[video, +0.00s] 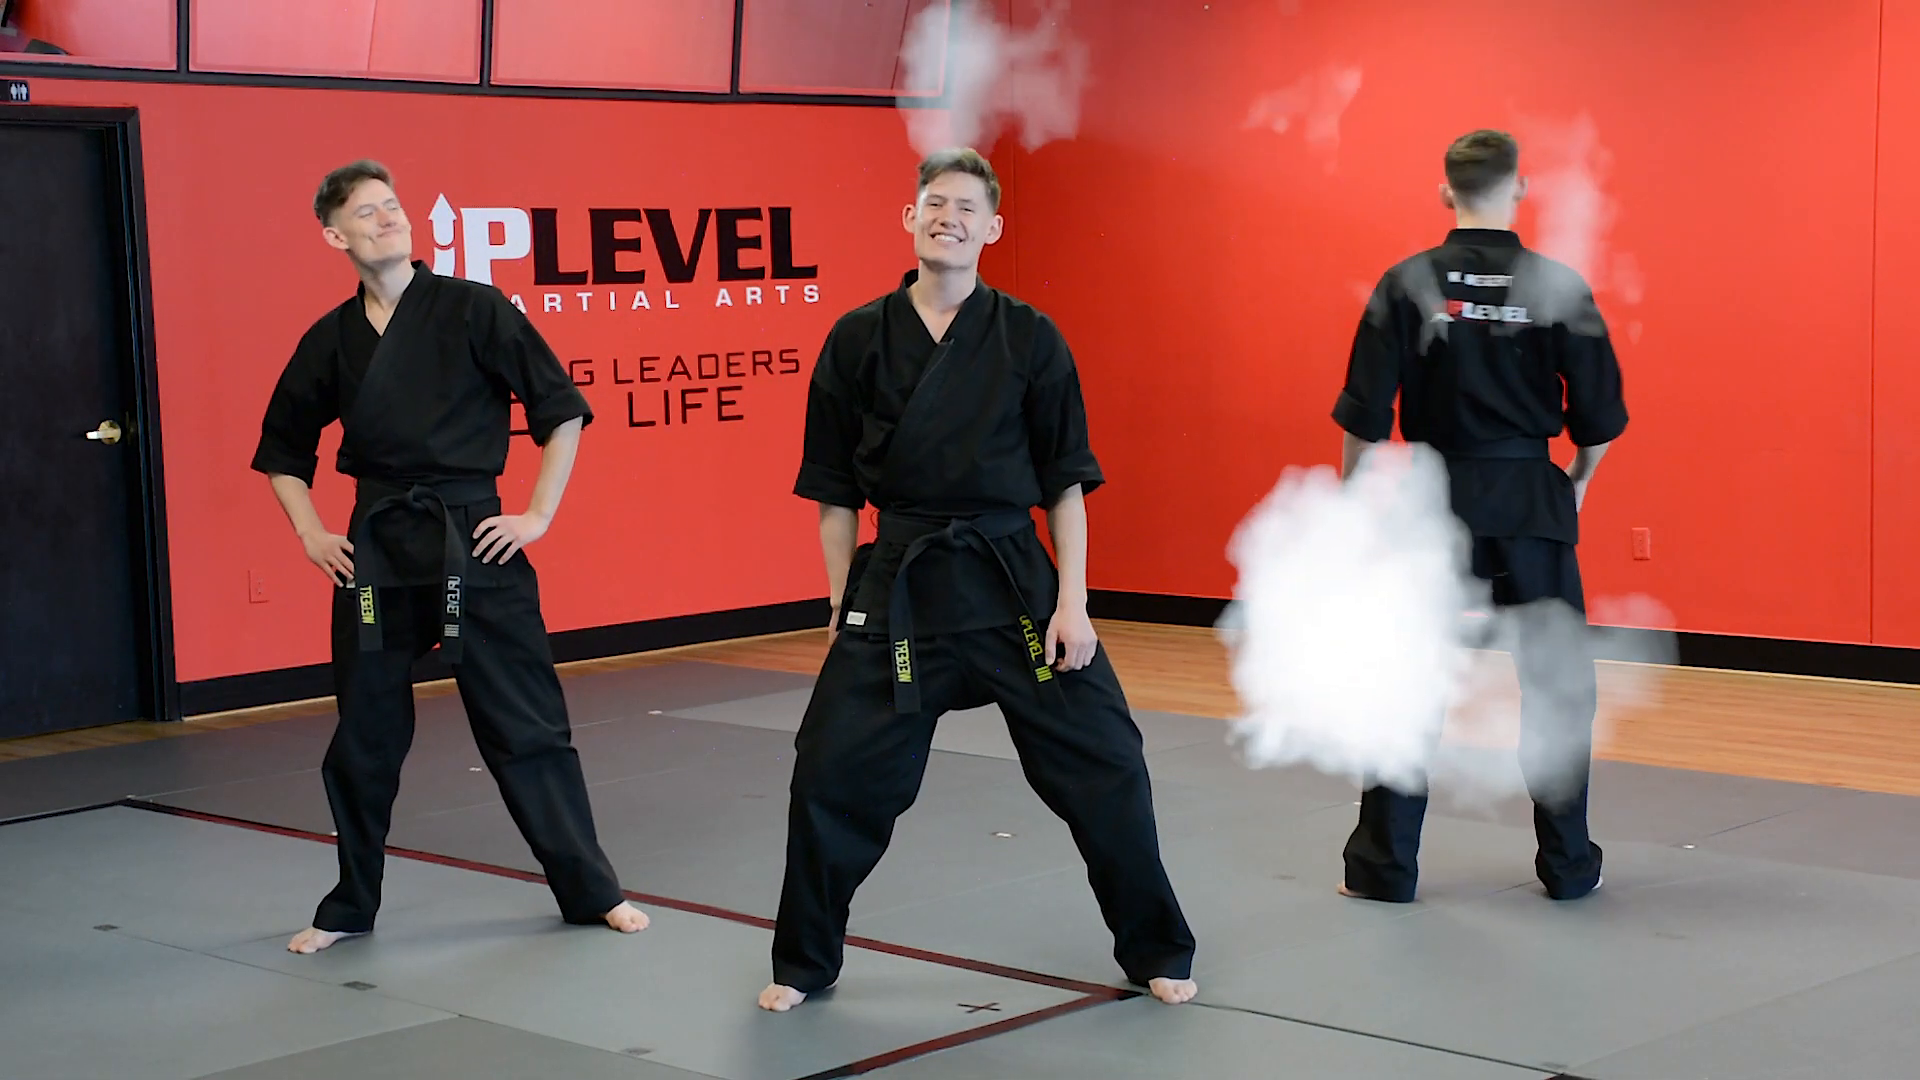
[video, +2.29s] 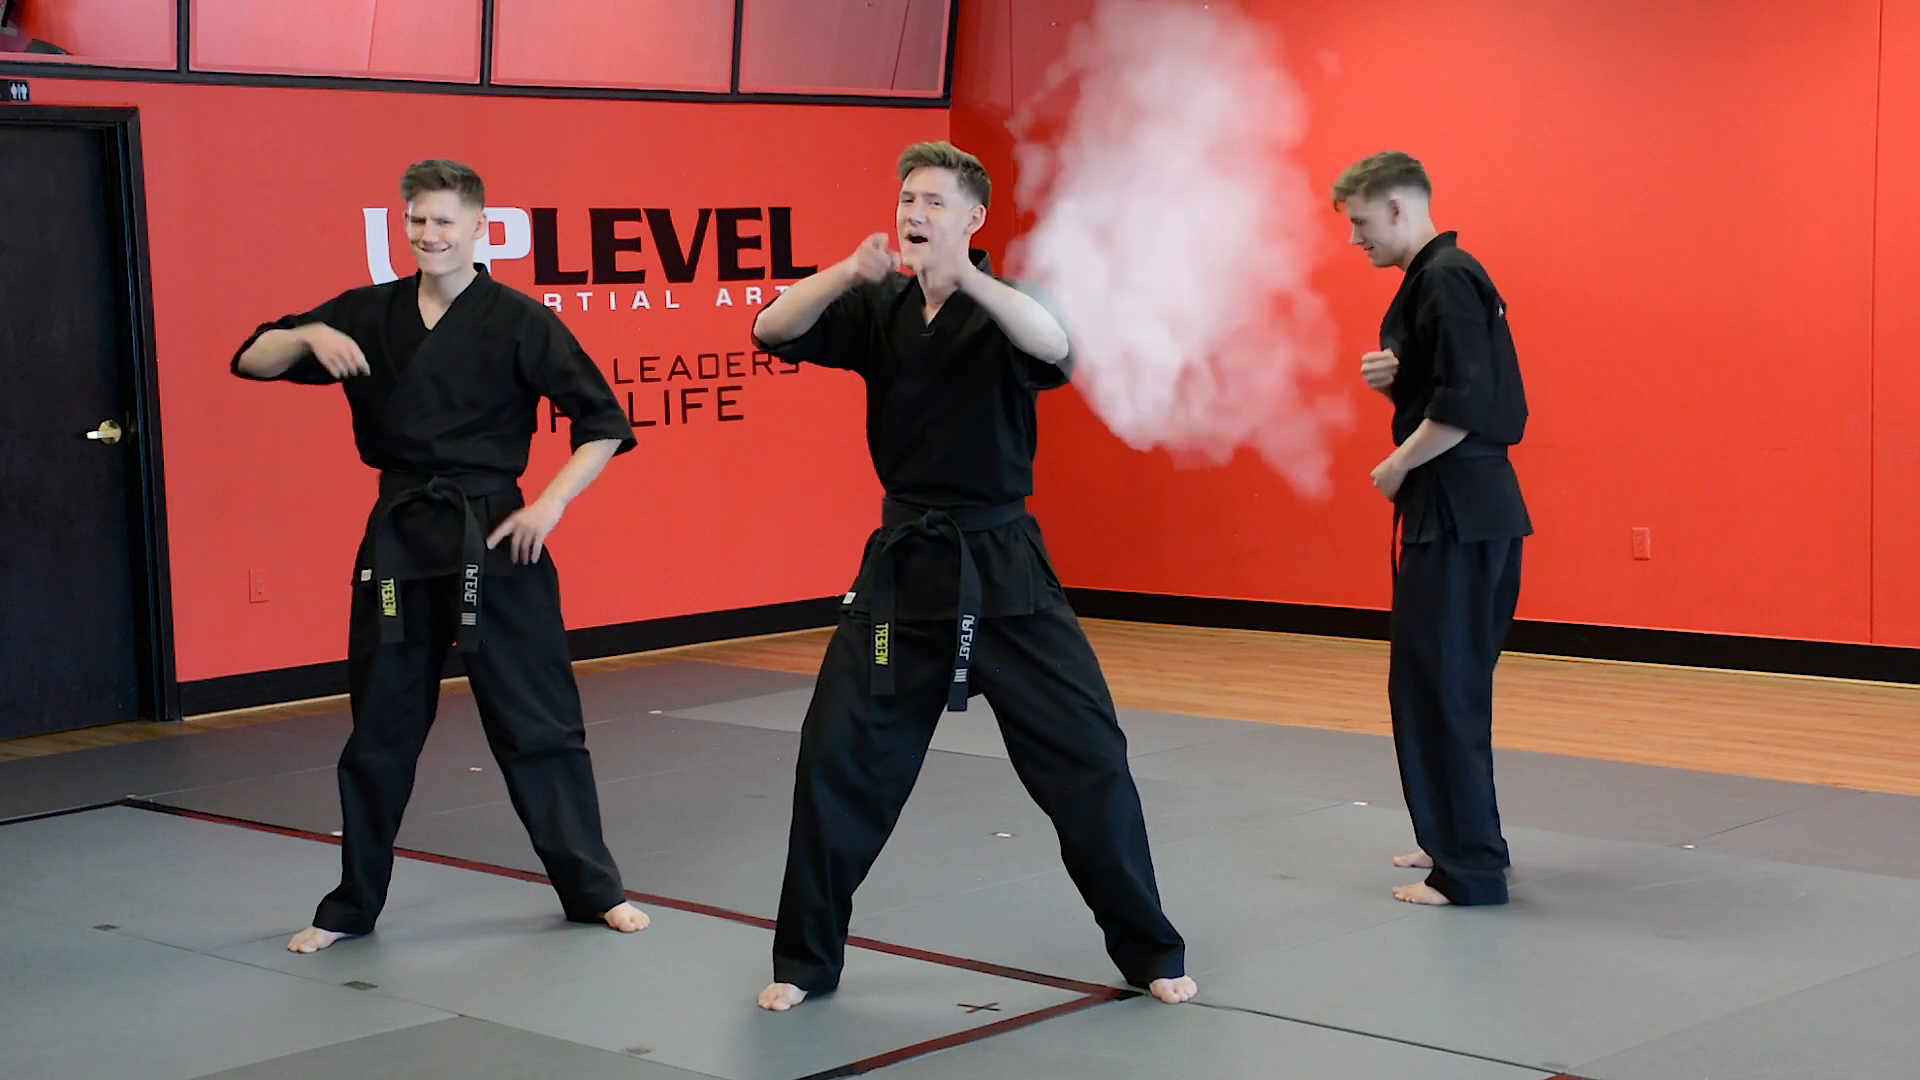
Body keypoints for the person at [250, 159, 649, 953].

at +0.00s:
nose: (387, 217)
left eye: (392, 204)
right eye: (366, 212)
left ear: (410, 218)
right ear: (337, 239)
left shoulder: (476, 309)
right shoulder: (331, 340)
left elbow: (564, 409)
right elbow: (281, 447)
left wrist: (538, 516)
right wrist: (311, 533)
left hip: (476, 538)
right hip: (378, 546)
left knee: (529, 725)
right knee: (362, 740)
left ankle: (592, 892)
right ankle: (352, 904)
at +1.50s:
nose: (366, 238)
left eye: (380, 223)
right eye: (352, 226)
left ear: (413, 229)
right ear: (338, 239)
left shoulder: (479, 310)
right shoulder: (336, 344)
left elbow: (567, 409)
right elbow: (283, 438)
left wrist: (541, 511)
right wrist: (269, 461)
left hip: (478, 539)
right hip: (379, 544)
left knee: (530, 724)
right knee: (366, 737)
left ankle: (592, 891)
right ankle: (352, 905)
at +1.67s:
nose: (370, 244)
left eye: (384, 230)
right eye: (361, 231)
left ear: (427, 231)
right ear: (354, 235)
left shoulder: (489, 313)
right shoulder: (339, 338)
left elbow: (577, 414)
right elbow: (257, 430)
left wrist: (543, 515)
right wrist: (231, 357)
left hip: (482, 537)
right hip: (382, 542)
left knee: (532, 724)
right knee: (368, 737)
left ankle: (592, 892)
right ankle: (351, 908)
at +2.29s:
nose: (427, 234)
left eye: (443, 222)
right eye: (417, 221)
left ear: (479, 228)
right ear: (405, 226)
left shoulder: (520, 320)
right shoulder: (367, 314)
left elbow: (607, 425)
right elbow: (250, 360)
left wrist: (549, 505)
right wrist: (308, 335)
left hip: (499, 538)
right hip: (399, 540)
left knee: (541, 725)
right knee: (379, 735)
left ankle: (593, 891)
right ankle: (353, 905)